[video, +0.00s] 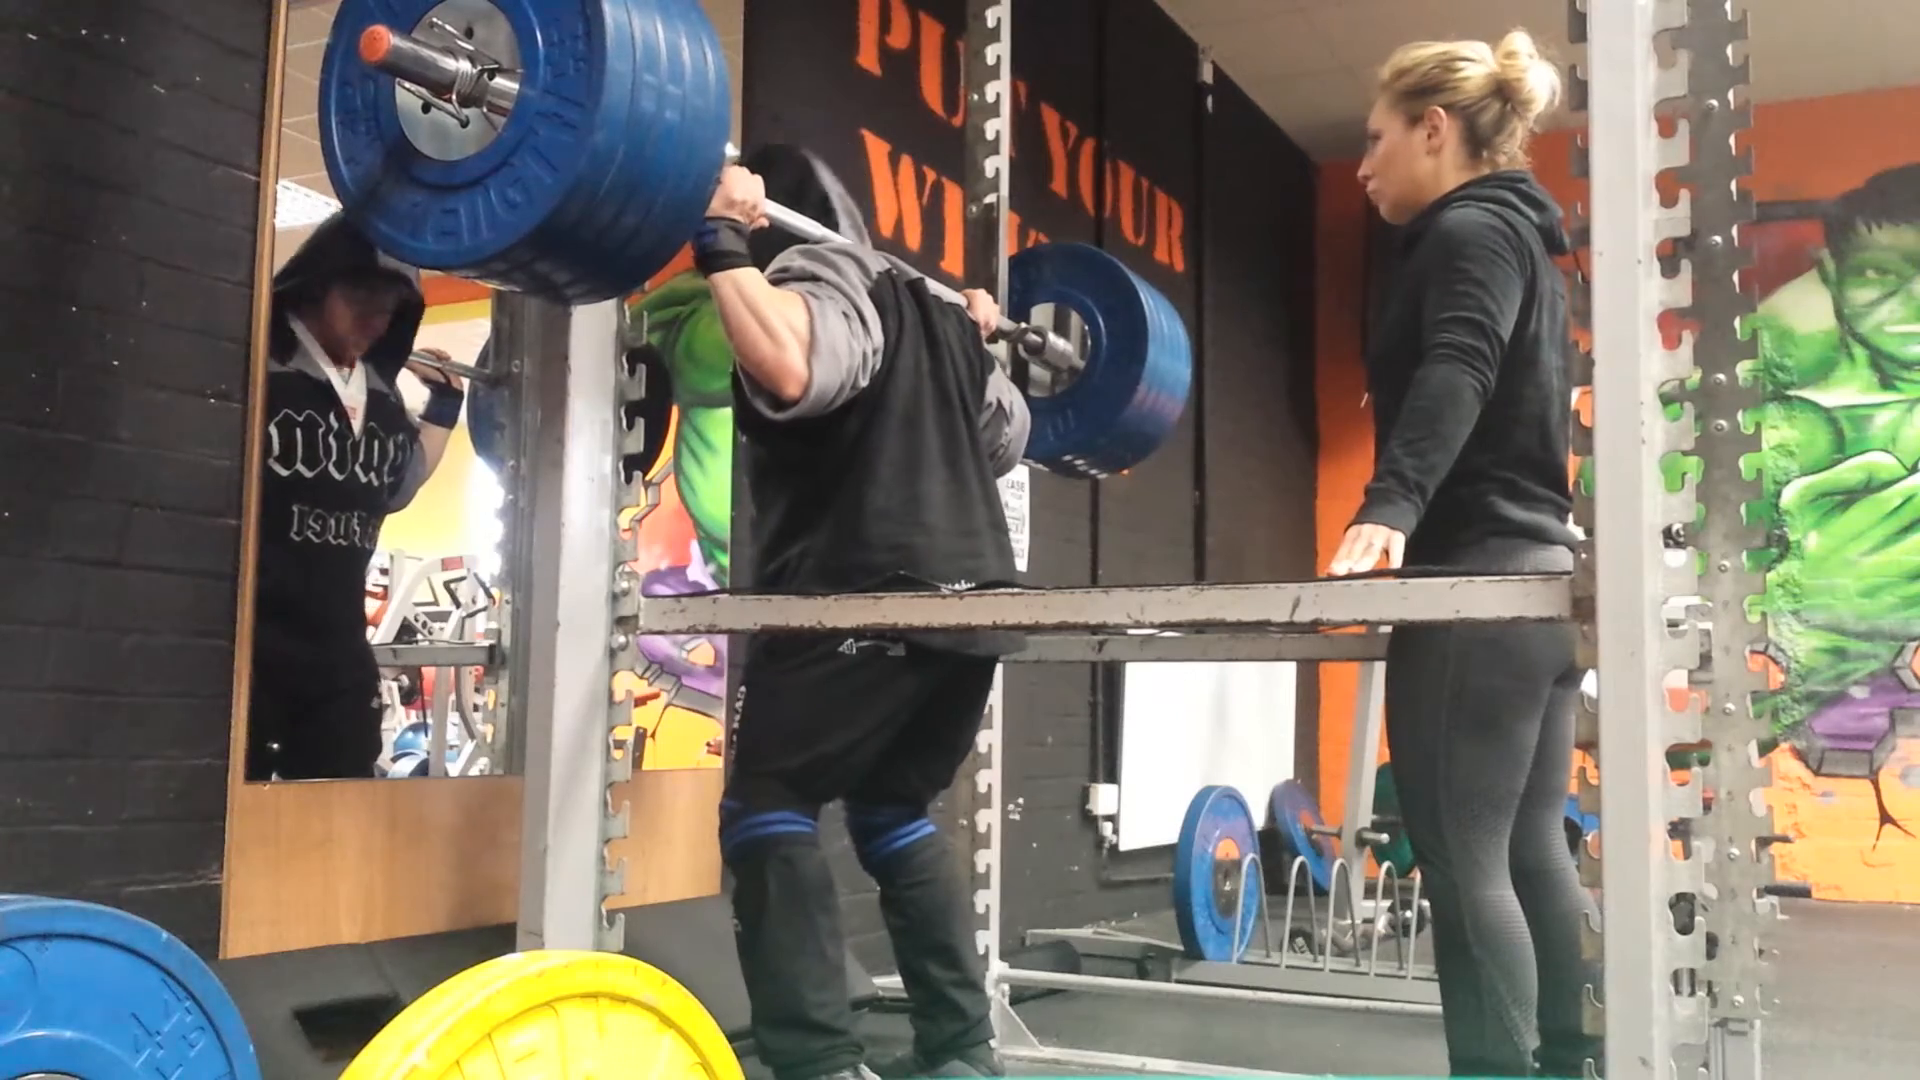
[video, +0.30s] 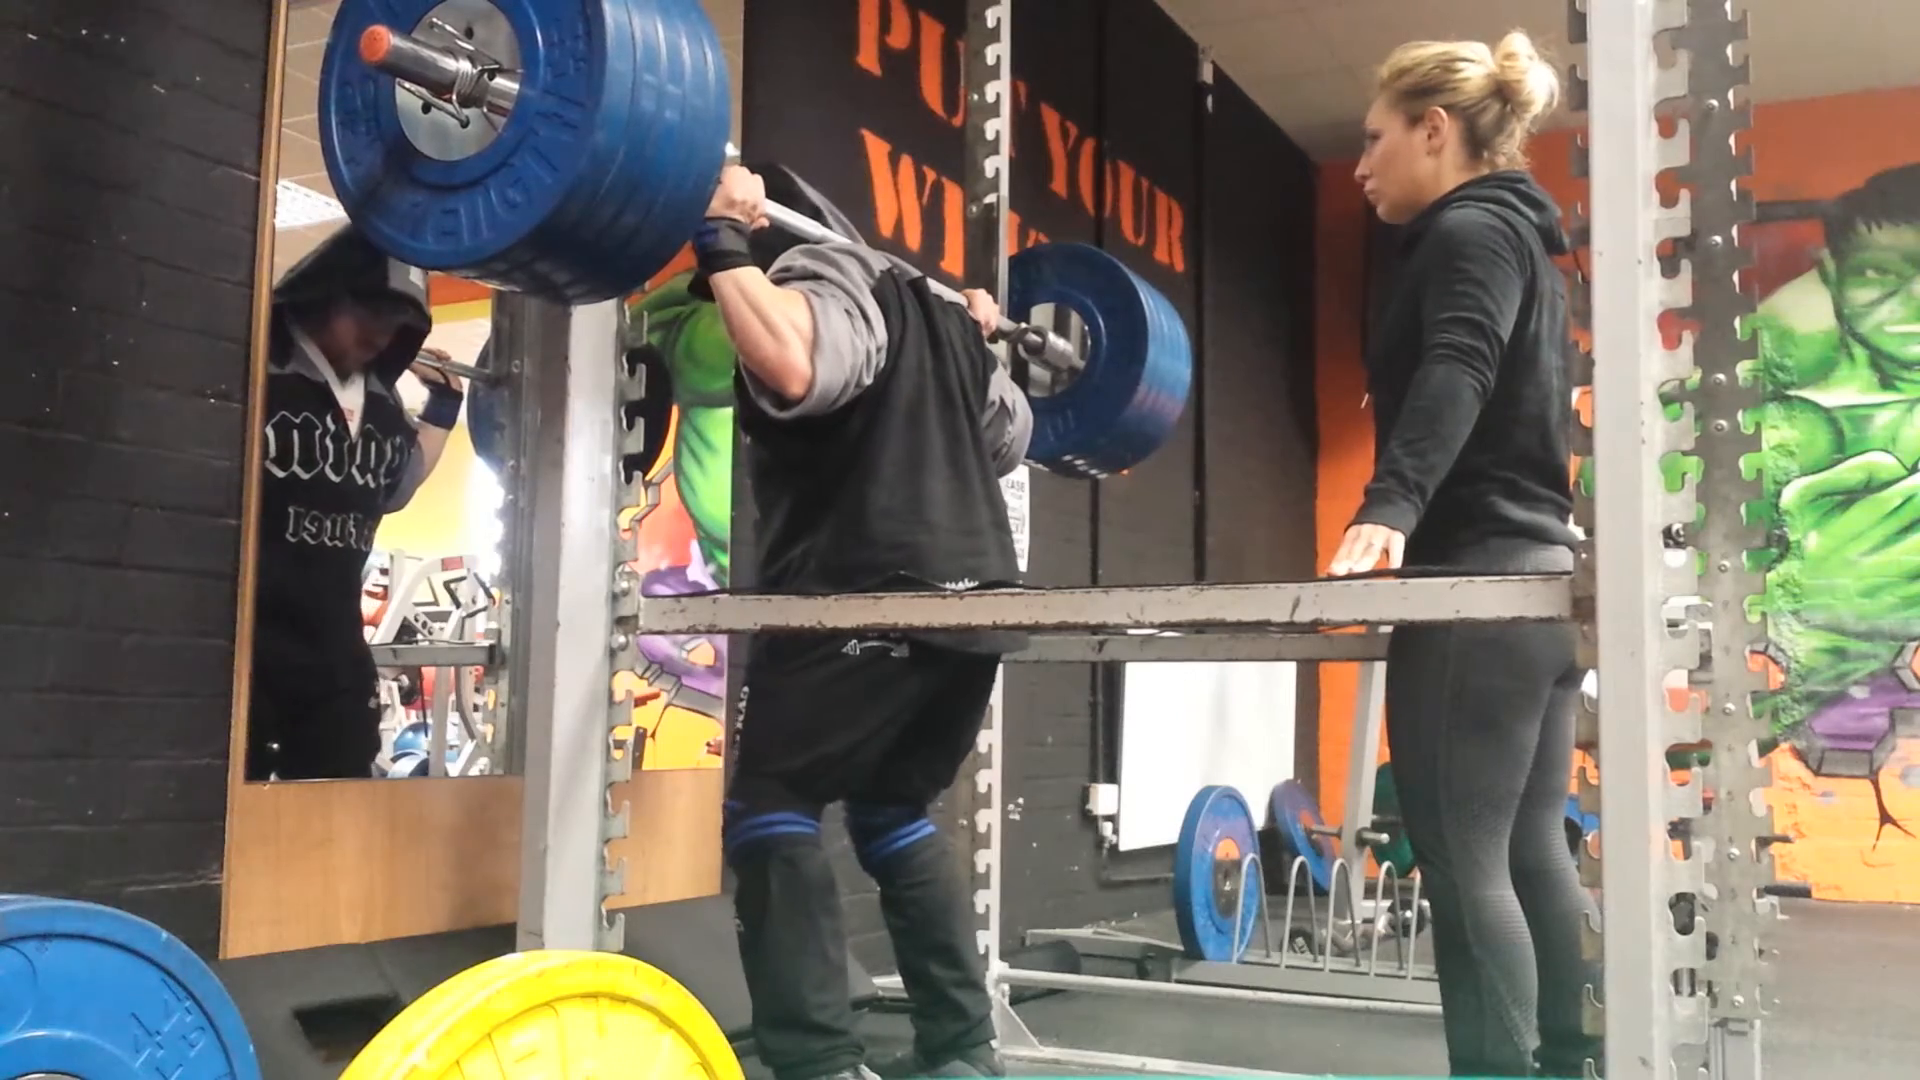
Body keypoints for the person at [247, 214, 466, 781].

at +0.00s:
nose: (374, 323)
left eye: (386, 310)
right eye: (360, 302)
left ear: (397, 317)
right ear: (314, 292)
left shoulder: (381, 396)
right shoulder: (256, 367)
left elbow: (397, 490)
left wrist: (444, 402)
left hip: (338, 635)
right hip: (251, 628)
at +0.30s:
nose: (379, 334)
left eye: (392, 322)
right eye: (368, 313)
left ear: (402, 330)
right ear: (327, 302)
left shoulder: (381, 403)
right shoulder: (257, 373)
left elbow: (394, 490)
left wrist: (442, 406)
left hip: (334, 631)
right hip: (251, 623)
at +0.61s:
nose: (384, 289)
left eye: (391, 278)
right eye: (366, 270)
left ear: (399, 293)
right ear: (316, 272)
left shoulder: (388, 392)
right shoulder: (258, 357)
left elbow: (405, 494)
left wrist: (449, 400)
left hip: (347, 630)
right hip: (259, 621)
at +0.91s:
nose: (380, 284)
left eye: (388, 272)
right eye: (361, 264)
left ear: (396, 289)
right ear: (311, 272)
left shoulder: (393, 393)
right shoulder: (260, 360)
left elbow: (411, 492)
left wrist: (449, 400)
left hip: (359, 646)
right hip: (268, 638)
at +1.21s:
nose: (383, 280)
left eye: (395, 271)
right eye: (366, 261)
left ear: (405, 291)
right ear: (321, 265)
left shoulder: (392, 386)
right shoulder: (257, 346)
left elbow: (397, 488)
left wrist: (445, 401)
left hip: (343, 625)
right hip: (249, 615)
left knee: (344, 815)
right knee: (226, 806)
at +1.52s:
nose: (388, 278)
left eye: (400, 269)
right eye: (372, 258)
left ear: (408, 288)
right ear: (327, 257)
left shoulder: (388, 379)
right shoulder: (256, 336)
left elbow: (392, 480)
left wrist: (443, 395)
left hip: (334, 620)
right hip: (247, 606)